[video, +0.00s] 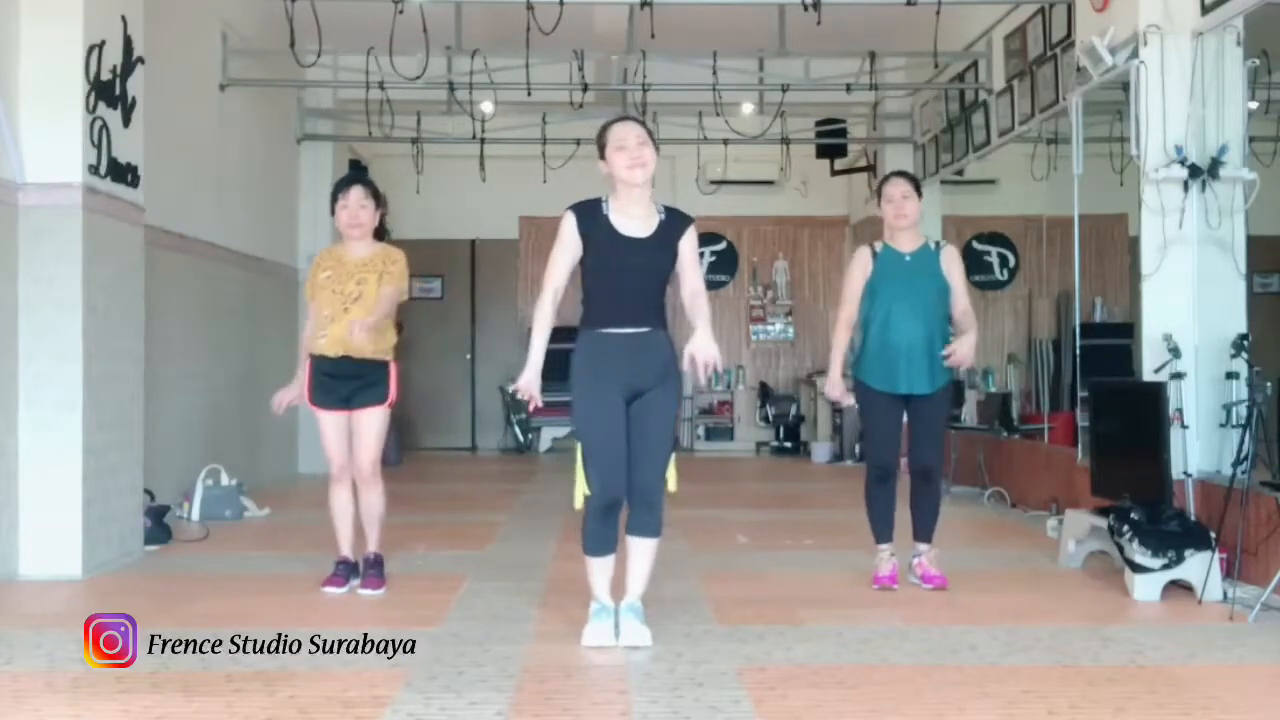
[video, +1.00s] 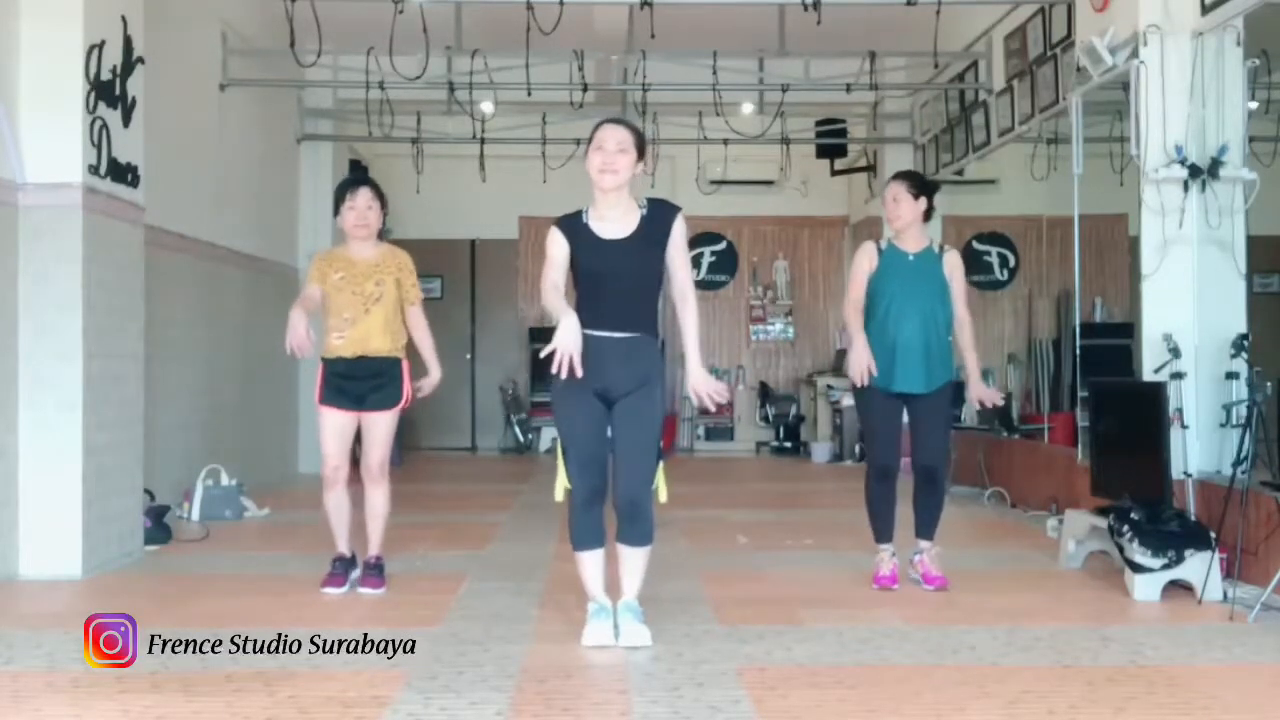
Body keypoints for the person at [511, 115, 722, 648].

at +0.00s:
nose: (636, 154)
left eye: (642, 144)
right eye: (623, 148)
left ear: (657, 154)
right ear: (605, 163)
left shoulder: (679, 226)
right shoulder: (581, 219)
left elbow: (694, 293)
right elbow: (550, 293)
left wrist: (703, 332)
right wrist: (533, 366)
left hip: (657, 364)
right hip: (597, 364)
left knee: (649, 488)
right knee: (606, 489)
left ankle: (633, 605)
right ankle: (601, 606)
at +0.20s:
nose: (637, 157)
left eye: (644, 147)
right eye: (625, 150)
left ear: (659, 158)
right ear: (607, 165)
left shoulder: (677, 231)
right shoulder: (582, 218)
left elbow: (692, 300)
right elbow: (546, 290)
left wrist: (702, 318)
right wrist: (530, 361)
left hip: (660, 365)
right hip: (600, 365)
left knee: (652, 488)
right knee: (613, 491)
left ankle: (633, 605)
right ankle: (602, 606)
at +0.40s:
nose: (635, 157)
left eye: (643, 148)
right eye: (623, 151)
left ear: (659, 160)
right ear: (606, 166)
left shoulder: (674, 232)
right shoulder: (579, 220)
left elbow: (683, 303)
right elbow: (543, 292)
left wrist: (699, 329)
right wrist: (529, 364)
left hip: (659, 365)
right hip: (600, 366)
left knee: (651, 490)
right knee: (615, 494)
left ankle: (632, 605)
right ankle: (602, 605)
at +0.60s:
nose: (622, 150)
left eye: (634, 142)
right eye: (613, 143)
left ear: (654, 158)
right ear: (599, 157)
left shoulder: (672, 225)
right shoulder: (576, 219)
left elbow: (683, 302)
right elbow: (546, 298)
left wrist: (696, 366)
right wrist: (537, 371)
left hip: (653, 363)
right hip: (592, 363)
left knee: (645, 484)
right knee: (602, 488)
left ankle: (632, 605)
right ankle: (601, 605)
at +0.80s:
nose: (615, 150)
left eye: (626, 143)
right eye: (606, 142)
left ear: (646, 156)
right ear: (592, 154)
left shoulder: (670, 219)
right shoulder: (571, 221)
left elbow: (685, 297)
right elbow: (550, 297)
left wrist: (698, 367)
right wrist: (552, 360)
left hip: (647, 363)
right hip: (583, 362)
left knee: (641, 484)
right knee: (591, 486)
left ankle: (630, 605)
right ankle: (599, 605)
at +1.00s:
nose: (608, 158)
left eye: (620, 150)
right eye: (600, 149)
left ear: (639, 162)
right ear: (586, 158)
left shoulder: (666, 220)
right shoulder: (566, 229)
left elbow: (684, 295)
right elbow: (550, 288)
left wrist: (695, 365)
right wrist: (567, 317)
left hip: (642, 370)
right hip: (578, 369)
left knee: (635, 491)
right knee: (585, 489)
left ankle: (629, 604)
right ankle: (597, 604)